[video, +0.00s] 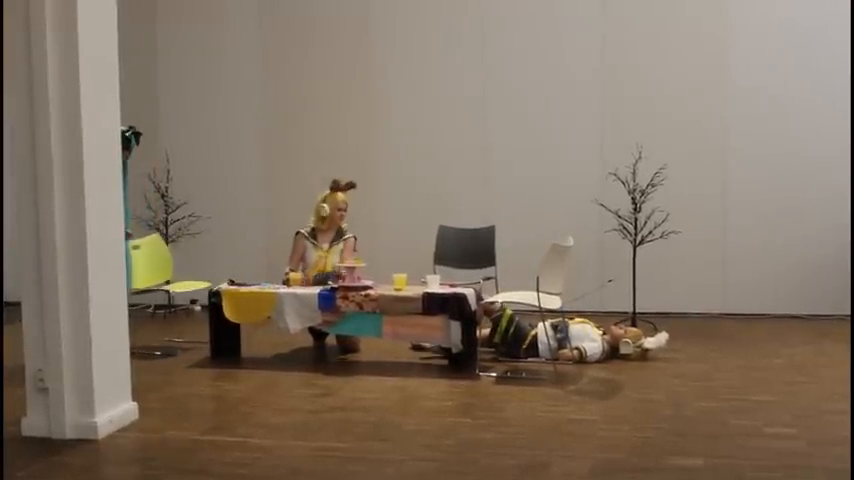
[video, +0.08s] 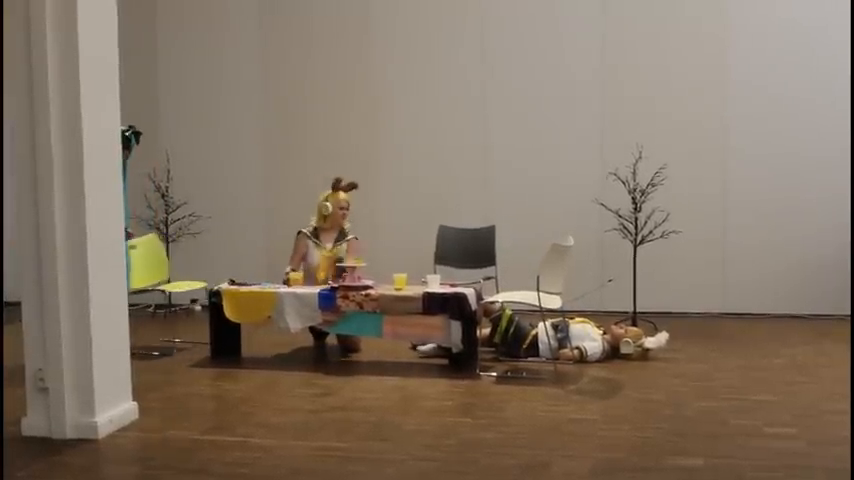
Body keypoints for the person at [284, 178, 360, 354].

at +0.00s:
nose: (343, 215)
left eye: (345, 211)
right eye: (339, 210)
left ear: (346, 212)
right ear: (325, 211)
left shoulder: (347, 238)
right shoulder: (304, 236)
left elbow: (347, 268)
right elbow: (293, 268)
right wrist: (293, 278)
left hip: (337, 292)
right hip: (309, 293)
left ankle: (344, 338)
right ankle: (318, 342)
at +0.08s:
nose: (346, 214)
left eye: (347, 209)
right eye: (342, 209)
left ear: (348, 211)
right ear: (326, 210)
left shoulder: (349, 239)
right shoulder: (306, 236)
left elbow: (351, 270)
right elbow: (293, 267)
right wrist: (291, 278)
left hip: (340, 296)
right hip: (311, 296)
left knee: (353, 346)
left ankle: (344, 339)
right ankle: (319, 343)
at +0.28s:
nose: (354, 209)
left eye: (355, 204)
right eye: (349, 204)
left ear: (356, 207)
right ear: (335, 206)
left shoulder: (355, 234)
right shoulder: (316, 233)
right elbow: (296, 262)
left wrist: (398, 250)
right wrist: (293, 274)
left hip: (349, 297)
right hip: (319, 298)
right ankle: (320, 337)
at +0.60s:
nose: (376, 214)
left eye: (376, 210)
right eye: (371, 209)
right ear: (356, 212)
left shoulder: (372, 244)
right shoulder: (337, 234)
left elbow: (371, 280)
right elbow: (311, 250)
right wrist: (299, 269)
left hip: (355, 295)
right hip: (324, 293)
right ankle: (319, 332)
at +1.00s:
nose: (365, 204)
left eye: (367, 201)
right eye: (361, 199)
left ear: (368, 206)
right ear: (347, 201)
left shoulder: (365, 233)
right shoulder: (326, 226)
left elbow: (361, 264)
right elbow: (304, 249)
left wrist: (375, 260)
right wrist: (312, 259)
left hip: (352, 286)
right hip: (324, 285)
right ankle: (319, 332)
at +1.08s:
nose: (359, 204)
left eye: (362, 201)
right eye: (355, 199)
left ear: (363, 206)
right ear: (342, 201)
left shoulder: (361, 232)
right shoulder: (322, 227)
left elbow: (362, 270)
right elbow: (311, 262)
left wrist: (367, 256)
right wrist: (333, 253)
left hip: (351, 287)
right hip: (322, 287)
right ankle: (319, 331)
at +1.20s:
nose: (352, 208)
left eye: (355, 204)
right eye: (348, 203)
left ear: (356, 208)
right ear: (334, 204)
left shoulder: (350, 232)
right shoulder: (319, 230)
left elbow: (362, 265)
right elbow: (338, 254)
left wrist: (376, 246)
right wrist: (361, 238)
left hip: (346, 296)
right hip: (318, 297)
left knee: (355, 344)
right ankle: (318, 334)